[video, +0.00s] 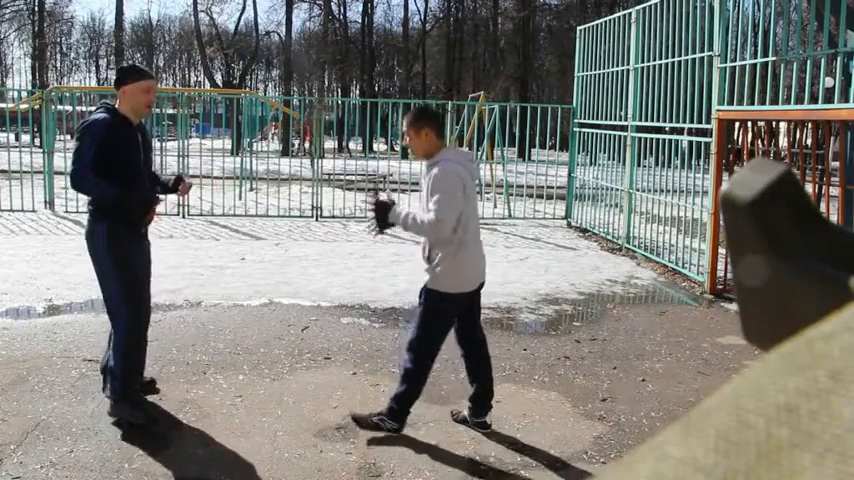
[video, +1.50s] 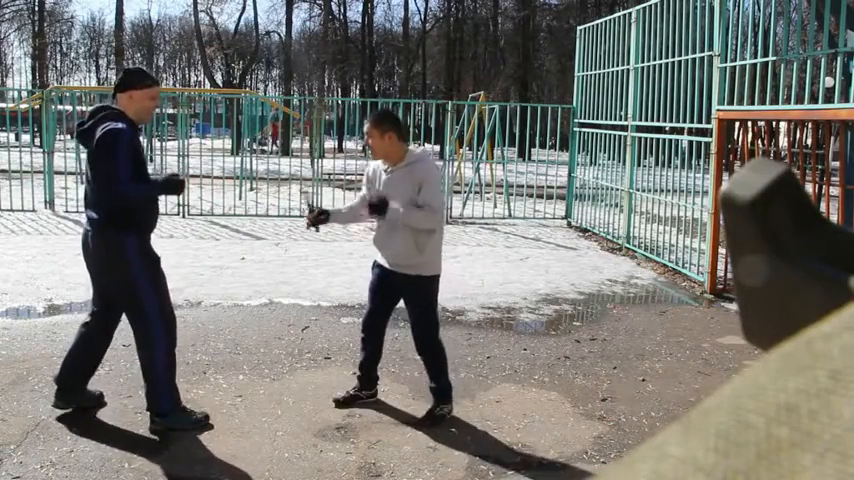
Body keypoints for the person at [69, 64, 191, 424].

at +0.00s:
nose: (152, 99)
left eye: (154, 92)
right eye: (146, 91)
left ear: (144, 95)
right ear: (124, 92)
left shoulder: (139, 132)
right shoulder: (100, 126)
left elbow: (141, 178)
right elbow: (80, 178)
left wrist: (171, 186)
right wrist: (131, 200)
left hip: (134, 232)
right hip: (108, 234)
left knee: (138, 310)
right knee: (128, 314)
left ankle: (124, 376)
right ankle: (123, 401)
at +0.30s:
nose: (156, 100)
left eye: (158, 93)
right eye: (152, 92)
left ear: (136, 94)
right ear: (128, 93)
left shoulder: (132, 129)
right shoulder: (109, 128)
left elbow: (136, 184)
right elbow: (103, 187)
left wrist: (174, 189)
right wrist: (160, 195)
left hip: (131, 238)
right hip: (114, 240)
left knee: (135, 314)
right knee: (138, 320)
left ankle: (115, 376)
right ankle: (142, 411)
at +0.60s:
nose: (166, 101)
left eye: (166, 93)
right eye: (160, 93)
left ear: (139, 95)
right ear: (136, 93)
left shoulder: (130, 126)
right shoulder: (119, 129)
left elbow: (132, 185)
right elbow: (127, 189)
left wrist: (171, 185)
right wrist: (175, 185)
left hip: (120, 239)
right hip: (120, 243)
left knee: (119, 317)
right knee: (141, 325)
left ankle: (103, 384)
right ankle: (143, 413)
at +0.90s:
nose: (154, 105)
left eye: (154, 97)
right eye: (149, 97)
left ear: (125, 96)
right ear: (124, 95)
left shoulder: (112, 129)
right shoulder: (106, 133)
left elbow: (114, 187)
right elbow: (109, 193)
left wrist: (153, 181)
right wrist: (159, 181)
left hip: (109, 244)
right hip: (118, 246)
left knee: (105, 317)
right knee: (150, 324)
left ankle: (71, 396)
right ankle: (144, 412)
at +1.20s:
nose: (147, 105)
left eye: (148, 98)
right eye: (142, 97)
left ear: (118, 98)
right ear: (117, 97)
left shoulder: (113, 132)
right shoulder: (101, 134)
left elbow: (115, 186)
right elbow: (102, 195)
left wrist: (152, 181)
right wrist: (152, 185)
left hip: (108, 243)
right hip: (112, 247)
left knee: (99, 321)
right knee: (150, 324)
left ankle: (69, 397)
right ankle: (166, 411)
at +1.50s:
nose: (155, 106)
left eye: (156, 99)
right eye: (151, 98)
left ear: (126, 97)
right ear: (128, 96)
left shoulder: (109, 128)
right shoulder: (119, 134)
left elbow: (117, 187)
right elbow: (121, 191)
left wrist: (157, 185)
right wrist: (164, 186)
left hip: (103, 243)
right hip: (125, 246)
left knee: (104, 315)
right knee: (158, 324)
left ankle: (70, 388)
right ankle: (166, 411)